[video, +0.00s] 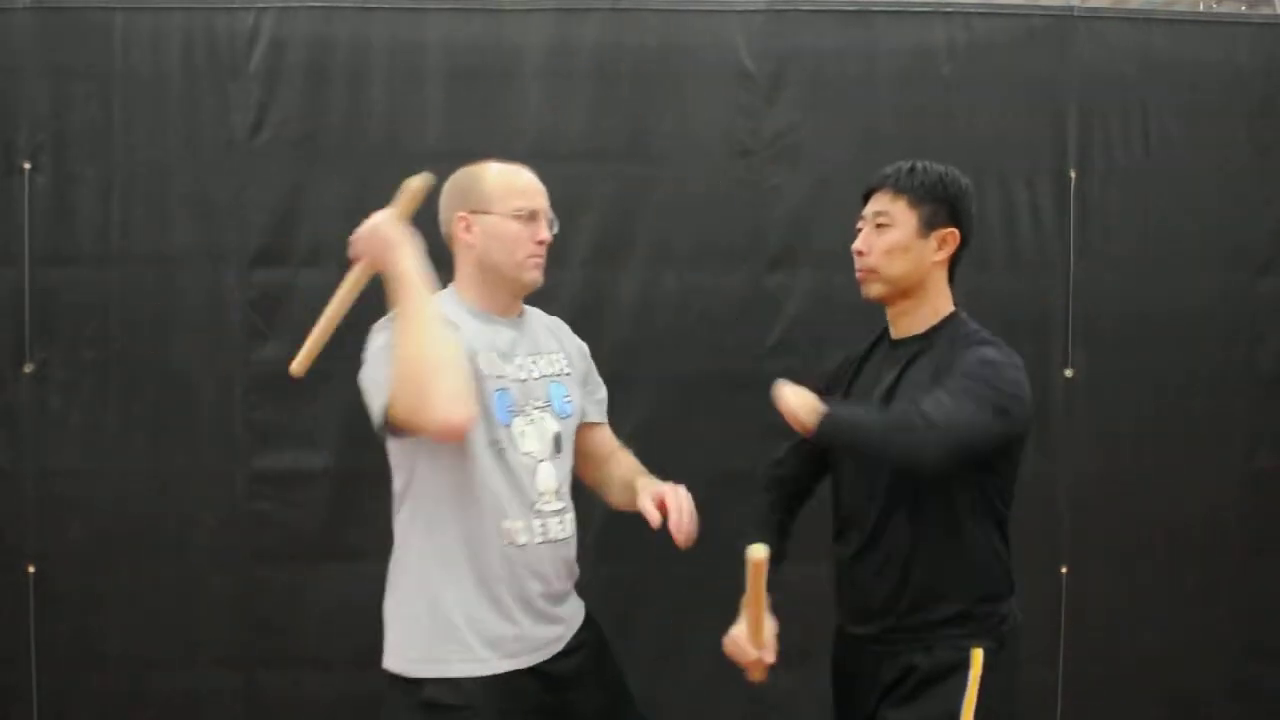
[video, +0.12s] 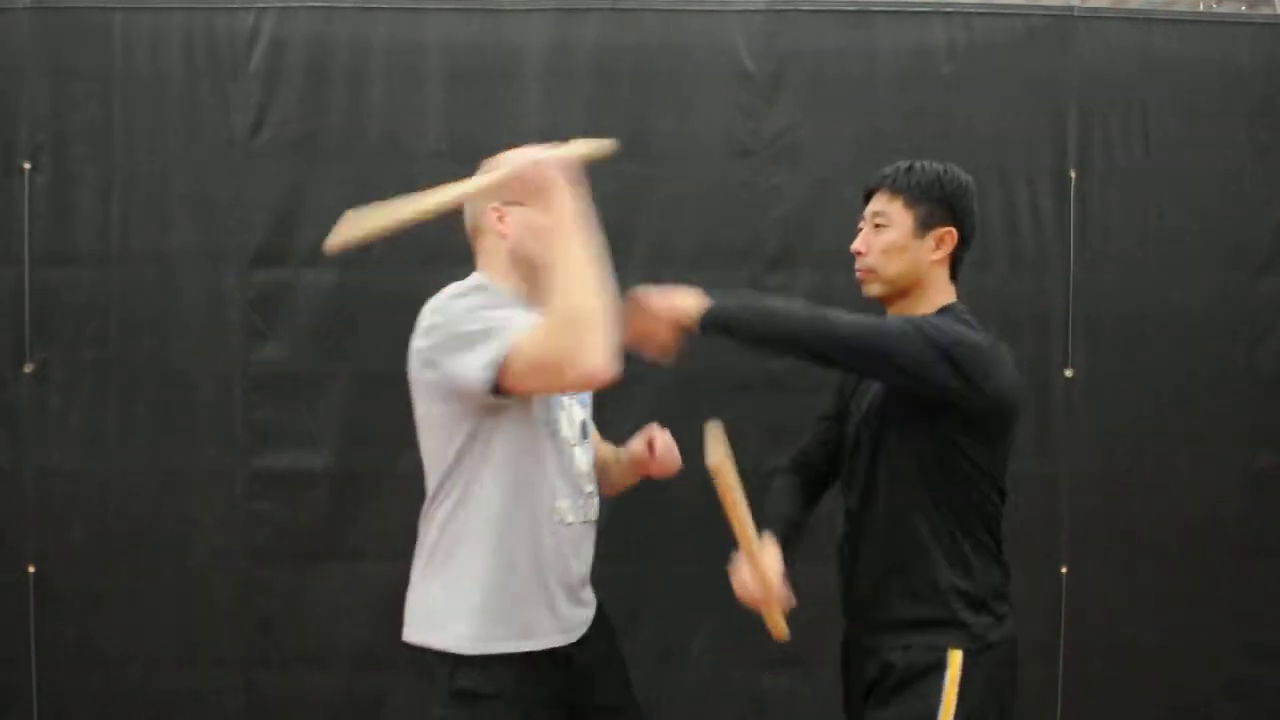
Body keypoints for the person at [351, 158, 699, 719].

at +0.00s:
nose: (547, 234)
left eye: (547, 219)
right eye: (526, 217)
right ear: (466, 229)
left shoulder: (561, 342)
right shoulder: (408, 336)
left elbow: (599, 454)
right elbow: (445, 413)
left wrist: (645, 488)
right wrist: (404, 264)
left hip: (563, 642)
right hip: (454, 664)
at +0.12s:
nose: (567, 224)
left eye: (568, 210)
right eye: (550, 207)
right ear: (501, 220)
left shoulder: (550, 327)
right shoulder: (452, 319)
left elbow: (572, 467)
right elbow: (587, 357)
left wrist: (628, 463)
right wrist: (567, 200)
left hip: (574, 633)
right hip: (481, 650)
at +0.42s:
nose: (599, 225)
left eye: (596, 209)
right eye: (585, 206)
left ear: (532, 214)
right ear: (533, 211)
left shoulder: (505, 304)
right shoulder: (546, 298)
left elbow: (568, 447)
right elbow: (710, 343)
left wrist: (630, 394)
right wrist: (781, 311)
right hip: (512, 630)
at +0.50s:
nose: (600, 228)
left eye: (596, 212)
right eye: (586, 209)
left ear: (536, 219)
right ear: (535, 217)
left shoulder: (482, 312)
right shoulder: (561, 304)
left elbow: (599, 416)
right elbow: (719, 357)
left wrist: (698, 344)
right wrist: (805, 345)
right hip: (525, 635)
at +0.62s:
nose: (589, 232)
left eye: (586, 216)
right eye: (577, 215)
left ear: (521, 226)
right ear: (525, 224)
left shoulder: (457, 322)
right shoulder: (565, 320)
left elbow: (566, 425)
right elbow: (700, 407)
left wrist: (628, 358)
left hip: (458, 638)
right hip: (540, 645)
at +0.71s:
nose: (576, 231)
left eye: (572, 215)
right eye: (562, 215)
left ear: (508, 229)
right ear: (511, 227)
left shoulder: (455, 317)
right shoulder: (552, 326)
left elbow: (549, 356)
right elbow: (678, 427)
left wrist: (644, 349)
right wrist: (720, 436)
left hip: (451, 638)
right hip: (526, 649)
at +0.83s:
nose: (555, 224)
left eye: (548, 207)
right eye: (537, 209)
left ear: (481, 225)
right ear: (482, 224)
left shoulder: (470, 290)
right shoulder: (511, 321)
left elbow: (625, 271)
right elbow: (656, 381)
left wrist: (746, 302)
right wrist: (697, 359)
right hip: (475, 642)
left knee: (586, 707)